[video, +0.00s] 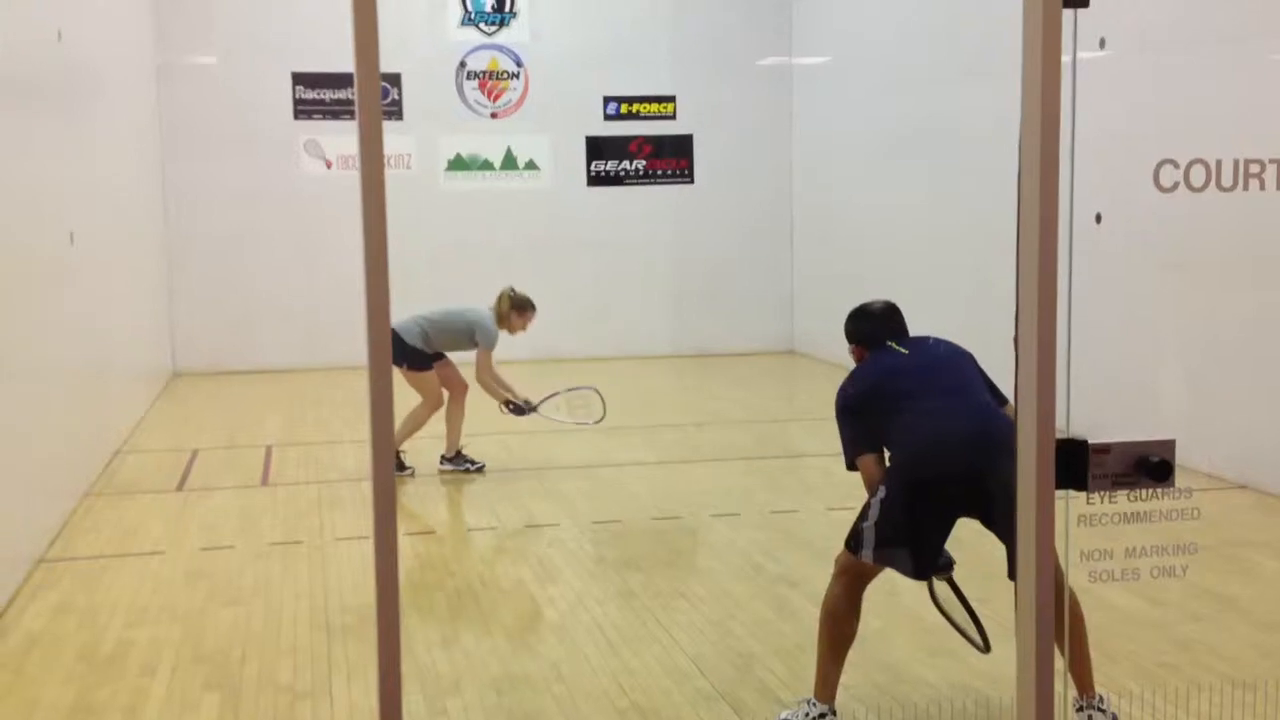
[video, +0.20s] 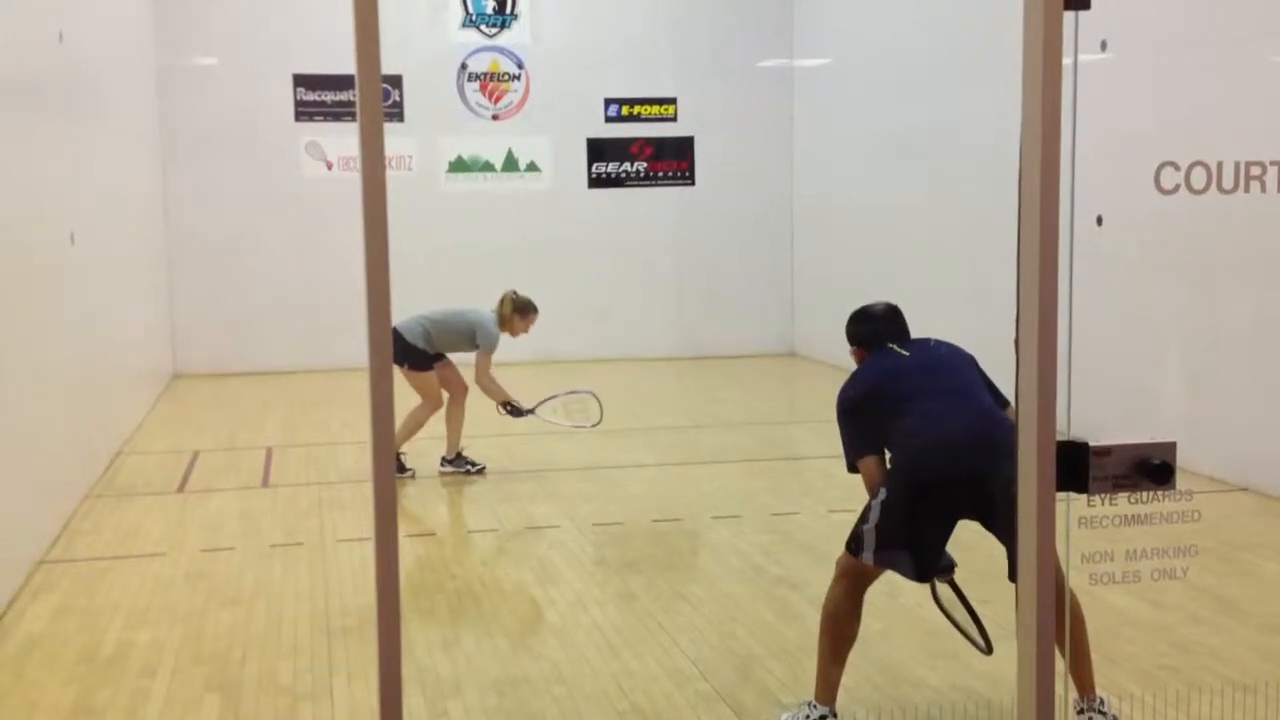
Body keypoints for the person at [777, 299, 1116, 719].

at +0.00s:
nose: (851, 356)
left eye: (850, 350)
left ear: (857, 351)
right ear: (904, 332)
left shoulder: (855, 388)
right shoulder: (948, 351)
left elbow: (875, 479)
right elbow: (1007, 415)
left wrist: (919, 547)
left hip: (924, 472)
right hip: (998, 461)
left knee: (850, 574)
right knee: (1049, 574)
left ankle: (821, 703)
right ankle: (1089, 698)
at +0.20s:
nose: (852, 358)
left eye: (852, 352)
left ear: (858, 353)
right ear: (906, 335)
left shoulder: (857, 389)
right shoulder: (950, 353)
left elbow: (876, 483)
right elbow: (1007, 417)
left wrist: (922, 549)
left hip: (924, 473)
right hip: (999, 463)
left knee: (851, 576)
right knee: (1050, 576)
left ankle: (822, 705)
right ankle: (1090, 701)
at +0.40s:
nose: (852, 360)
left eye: (852, 354)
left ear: (857, 355)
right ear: (905, 337)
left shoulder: (856, 391)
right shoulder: (948, 355)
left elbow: (875, 485)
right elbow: (1005, 419)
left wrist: (921, 552)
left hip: (923, 477)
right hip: (997, 467)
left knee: (849, 577)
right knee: (1050, 581)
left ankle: (820, 706)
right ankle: (1089, 702)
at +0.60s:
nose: (850, 362)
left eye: (849, 356)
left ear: (855, 358)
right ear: (903, 339)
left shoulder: (853, 393)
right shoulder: (946, 357)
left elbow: (870, 485)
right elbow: (1002, 422)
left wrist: (916, 554)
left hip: (919, 479)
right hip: (994, 470)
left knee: (845, 581)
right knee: (1046, 585)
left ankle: (817, 709)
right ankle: (1085, 705)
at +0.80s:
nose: (850, 360)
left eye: (849, 354)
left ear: (854, 355)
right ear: (903, 340)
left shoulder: (852, 393)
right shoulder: (947, 359)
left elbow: (868, 487)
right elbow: (1003, 425)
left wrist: (913, 558)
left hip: (916, 482)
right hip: (992, 474)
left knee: (842, 584)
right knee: (1042, 584)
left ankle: (816, 712)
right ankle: (1084, 708)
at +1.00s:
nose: (851, 355)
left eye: (850, 348)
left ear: (855, 351)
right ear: (904, 336)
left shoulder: (852, 390)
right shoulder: (949, 358)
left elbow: (863, 487)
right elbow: (999, 426)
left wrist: (900, 556)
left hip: (913, 483)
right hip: (989, 476)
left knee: (840, 586)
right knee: (1040, 585)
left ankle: (814, 713)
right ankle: (1082, 709)